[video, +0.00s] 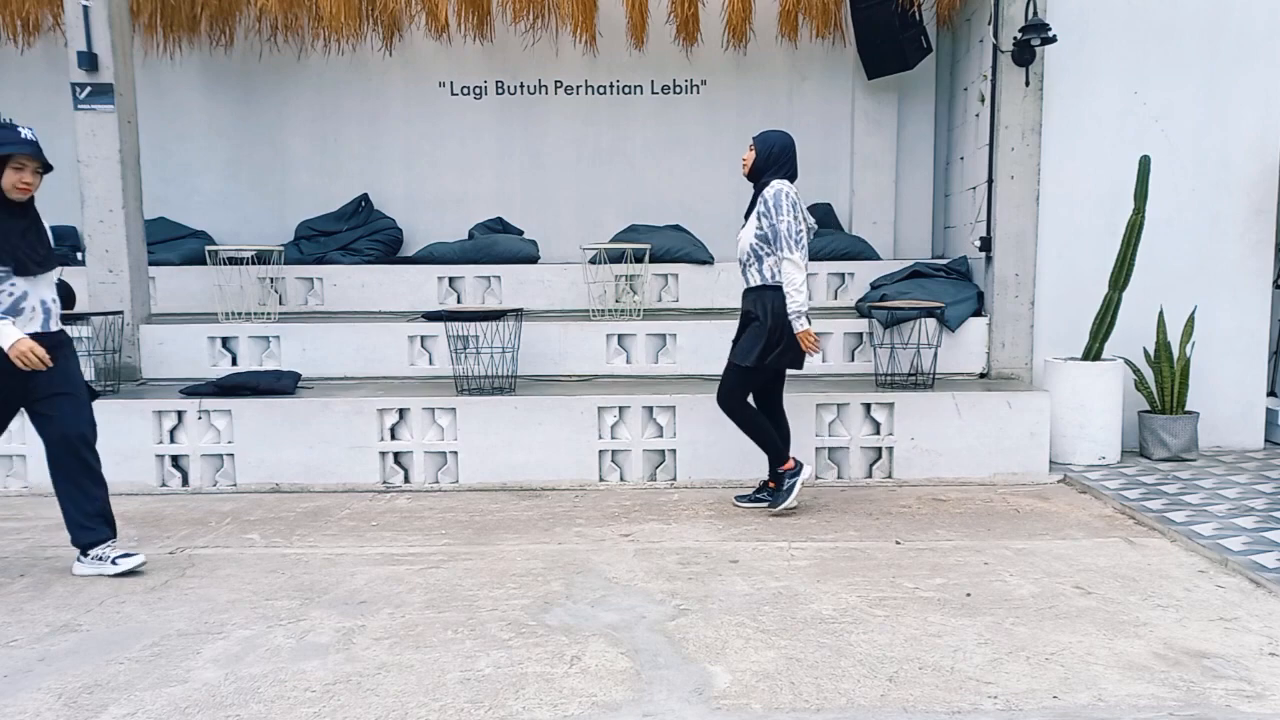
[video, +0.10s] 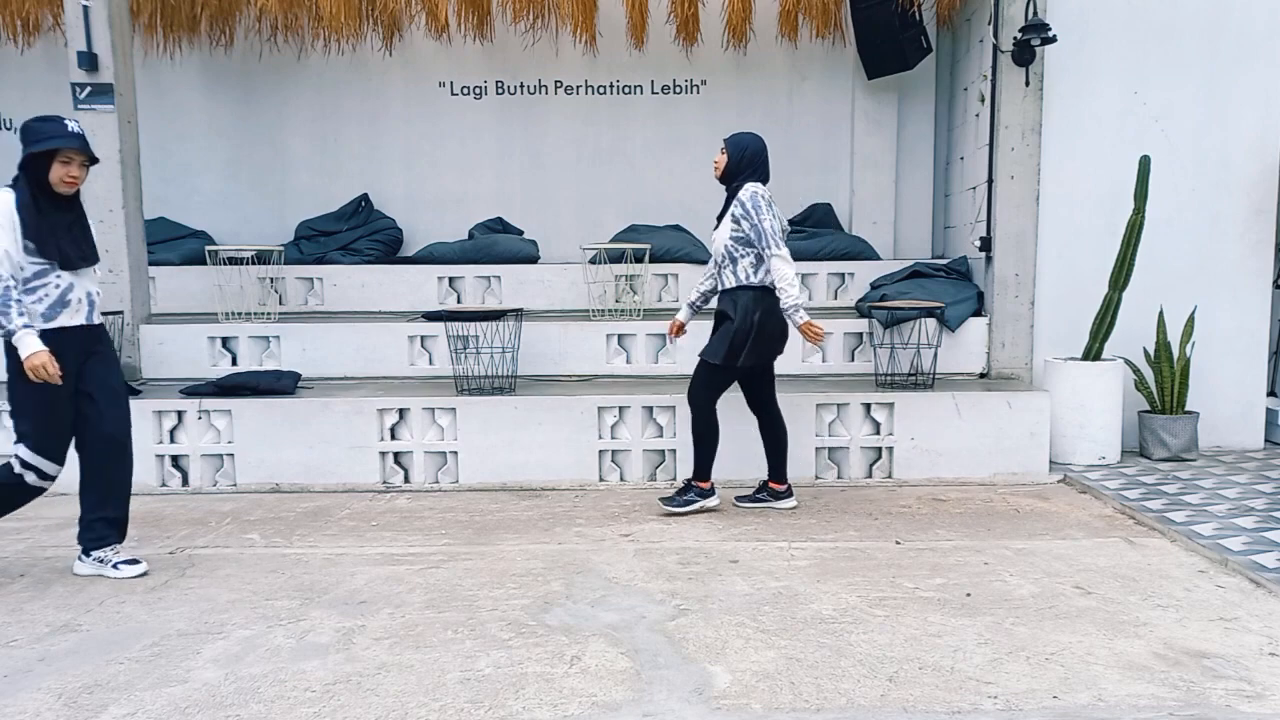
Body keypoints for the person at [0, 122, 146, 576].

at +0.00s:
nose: (27, 177)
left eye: (35, 170)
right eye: (17, 167)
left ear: (42, 175)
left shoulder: (30, 214)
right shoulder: (2, 214)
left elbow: (34, 281)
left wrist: (51, 317)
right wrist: (8, 336)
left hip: (49, 347)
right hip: (6, 353)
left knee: (74, 436)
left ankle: (95, 546)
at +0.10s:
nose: (74, 171)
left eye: (82, 163)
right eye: (64, 161)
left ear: (88, 167)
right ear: (38, 162)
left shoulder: (72, 208)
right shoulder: (10, 206)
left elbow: (75, 280)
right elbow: (4, 285)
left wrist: (93, 332)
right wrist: (26, 344)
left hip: (90, 340)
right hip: (38, 347)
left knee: (110, 438)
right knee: (37, 466)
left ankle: (98, 549)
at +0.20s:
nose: (118, 166)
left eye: (125, 157)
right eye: (108, 155)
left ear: (130, 161)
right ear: (80, 154)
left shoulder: (121, 211)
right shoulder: (42, 201)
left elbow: (135, 289)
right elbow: (23, 279)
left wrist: (150, 349)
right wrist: (35, 345)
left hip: (123, 336)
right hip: (71, 337)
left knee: (129, 437)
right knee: (116, 432)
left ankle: (102, 547)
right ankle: (58, 534)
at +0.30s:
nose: (160, 167)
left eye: (167, 158)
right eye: (150, 156)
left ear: (172, 162)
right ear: (123, 157)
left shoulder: (161, 213)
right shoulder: (87, 205)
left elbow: (185, 284)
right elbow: (50, 275)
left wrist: (213, 331)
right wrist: (45, 348)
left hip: (155, 341)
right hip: (108, 340)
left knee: (124, 446)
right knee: (168, 426)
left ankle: (96, 548)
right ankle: (187, 557)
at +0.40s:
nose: (198, 171)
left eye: (205, 162)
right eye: (188, 161)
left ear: (211, 167)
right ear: (161, 162)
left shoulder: (200, 217)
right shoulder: (129, 213)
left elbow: (231, 277)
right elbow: (88, 286)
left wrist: (268, 312)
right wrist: (67, 355)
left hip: (195, 350)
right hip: (154, 352)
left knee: (149, 452)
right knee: (212, 444)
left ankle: (101, 540)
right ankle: (267, 555)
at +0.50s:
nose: (235, 169)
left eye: (243, 161)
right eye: (225, 159)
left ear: (249, 166)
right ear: (200, 160)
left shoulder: (240, 214)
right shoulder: (171, 215)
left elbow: (273, 274)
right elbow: (139, 291)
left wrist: (312, 307)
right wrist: (114, 359)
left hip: (246, 349)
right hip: (207, 351)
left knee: (213, 452)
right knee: (262, 447)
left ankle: (132, 521)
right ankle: (286, 566)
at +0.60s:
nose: (273, 162)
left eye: (282, 154)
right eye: (263, 152)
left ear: (289, 159)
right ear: (239, 153)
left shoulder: (279, 210)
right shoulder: (212, 209)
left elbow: (311, 276)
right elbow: (193, 290)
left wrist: (346, 320)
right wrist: (183, 362)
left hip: (290, 342)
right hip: (246, 345)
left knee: (305, 445)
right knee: (288, 446)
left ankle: (205, 508)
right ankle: (289, 567)